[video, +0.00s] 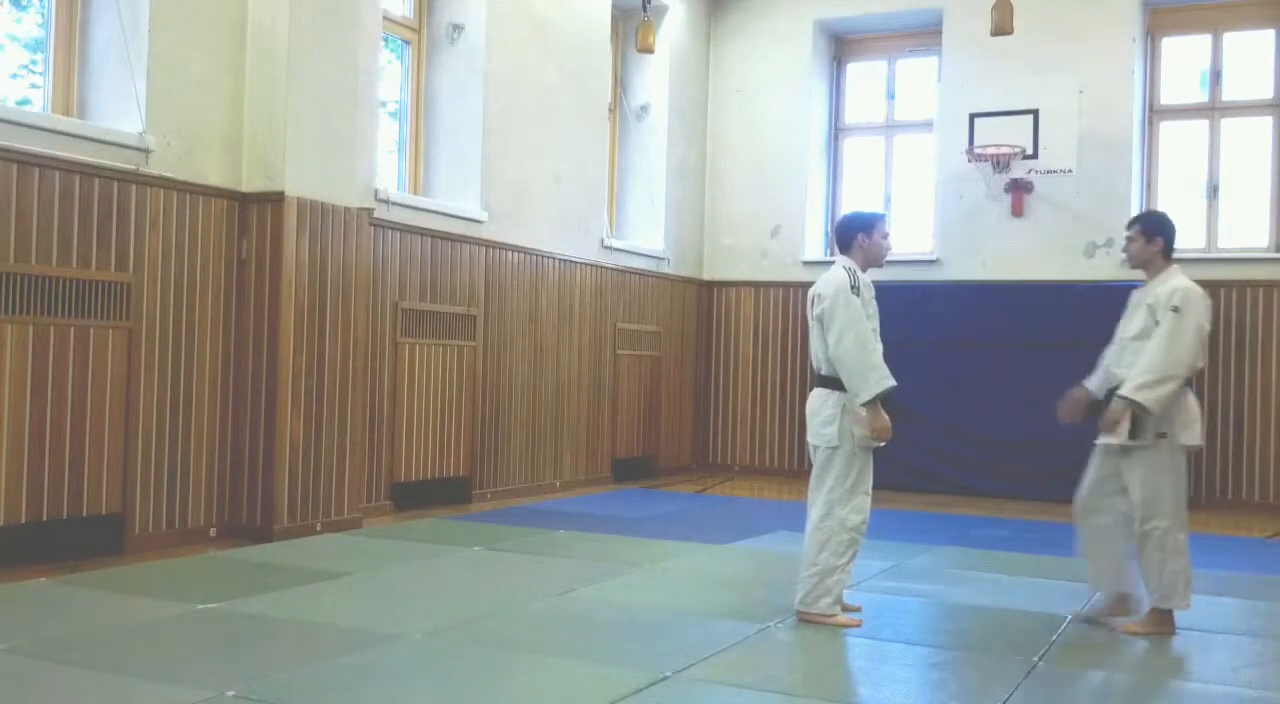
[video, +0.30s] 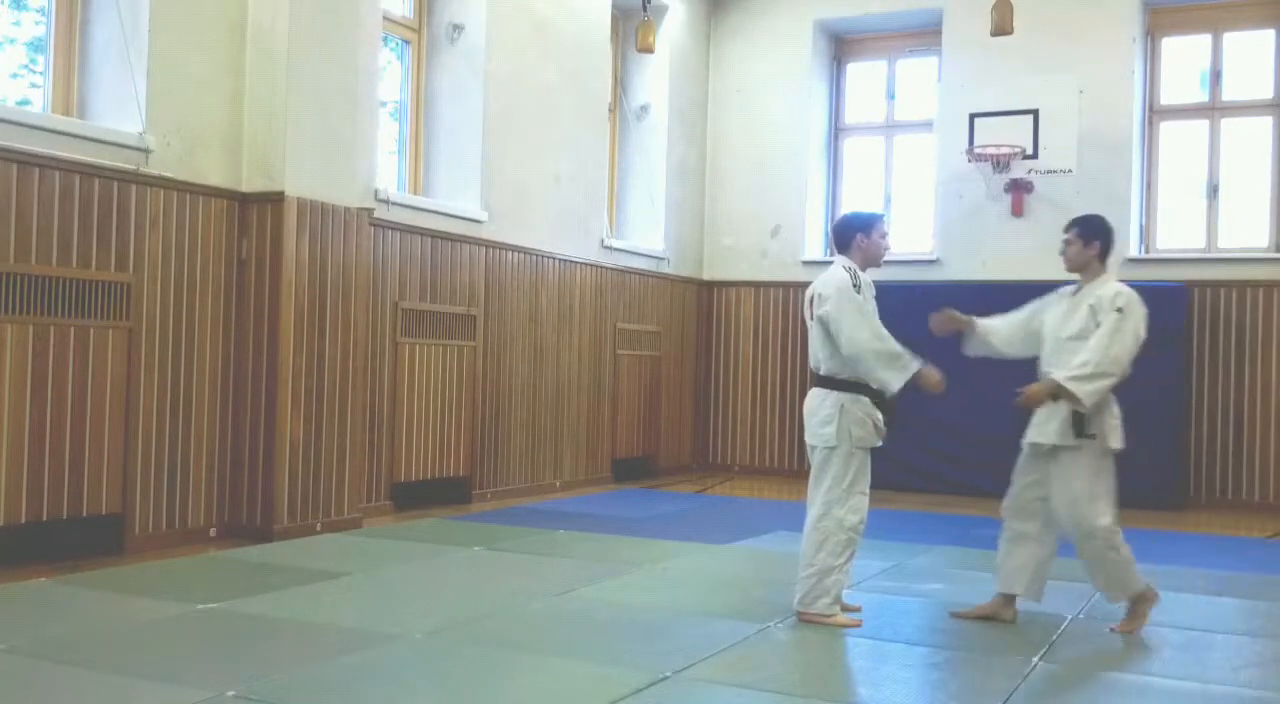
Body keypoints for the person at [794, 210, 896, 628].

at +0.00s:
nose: (890, 245)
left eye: (888, 237)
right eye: (885, 237)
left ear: (861, 240)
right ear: (862, 240)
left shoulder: (852, 282)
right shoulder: (841, 284)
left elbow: (860, 347)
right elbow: (852, 348)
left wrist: (874, 401)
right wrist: (874, 405)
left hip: (847, 403)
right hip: (838, 405)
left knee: (844, 504)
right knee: (839, 507)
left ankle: (826, 591)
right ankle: (816, 602)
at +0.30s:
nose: (888, 244)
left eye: (887, 236)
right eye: (882, 236)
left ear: (860, 240)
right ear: (861, 240)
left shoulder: (855, 283)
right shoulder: (838, 283)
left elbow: (874, 336)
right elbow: (858, 342)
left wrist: (914, 366)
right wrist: (915, 369)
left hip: (851, 406)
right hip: (837, 407)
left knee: (845, 506)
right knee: (836, 508)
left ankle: (826, 592)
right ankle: (815, 602)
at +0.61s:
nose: (885, 243)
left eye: (883, 236)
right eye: (878, 236)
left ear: (851, 242)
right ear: (855, 241)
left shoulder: (830, 282)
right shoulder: (844, 282)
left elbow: (850, 344)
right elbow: (907, 304)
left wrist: (902, 351)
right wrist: (966, 295)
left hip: (837, 402)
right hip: (840, 407)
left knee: (836, 505)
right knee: (839, 508)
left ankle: (823, 592)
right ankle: (816, 603)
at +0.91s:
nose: (885, 244)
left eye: (883, 237)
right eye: (879, 236)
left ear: (852, 242)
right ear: (857, 241)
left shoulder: (830, 281)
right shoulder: (848, 279)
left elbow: (860, 341)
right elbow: (915, 293)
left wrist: (916, 334)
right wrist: (982, 280)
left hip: (835, 402)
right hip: (841, 407)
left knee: (837, 505)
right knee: (841, 509)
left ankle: (823, 593)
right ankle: (817, 603)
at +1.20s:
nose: (885, 245)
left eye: (884, 238)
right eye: (880, 238)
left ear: (853, 242)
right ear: (858, 241)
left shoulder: (833, 280)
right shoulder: (846, 280)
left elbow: (855, 344)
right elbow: (913, 295)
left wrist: (906, 337)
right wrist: (980, 281)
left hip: (838, 401)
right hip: (840, 406)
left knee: (838, 505)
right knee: (840, 508)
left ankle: (823, 593)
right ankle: (817, 603)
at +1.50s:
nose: (884, 246)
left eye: (883, 238)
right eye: (879, 238)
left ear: (851, 241)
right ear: (857, 241)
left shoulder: (829, 280)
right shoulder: (845, 280)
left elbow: (854, 341)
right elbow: (911, 292)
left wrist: (909, 333)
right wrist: (977, 276)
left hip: (833, 400)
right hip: (840, 406)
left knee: (836, 505)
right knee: (842, 508)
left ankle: (822, 594)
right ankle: (819, 602)